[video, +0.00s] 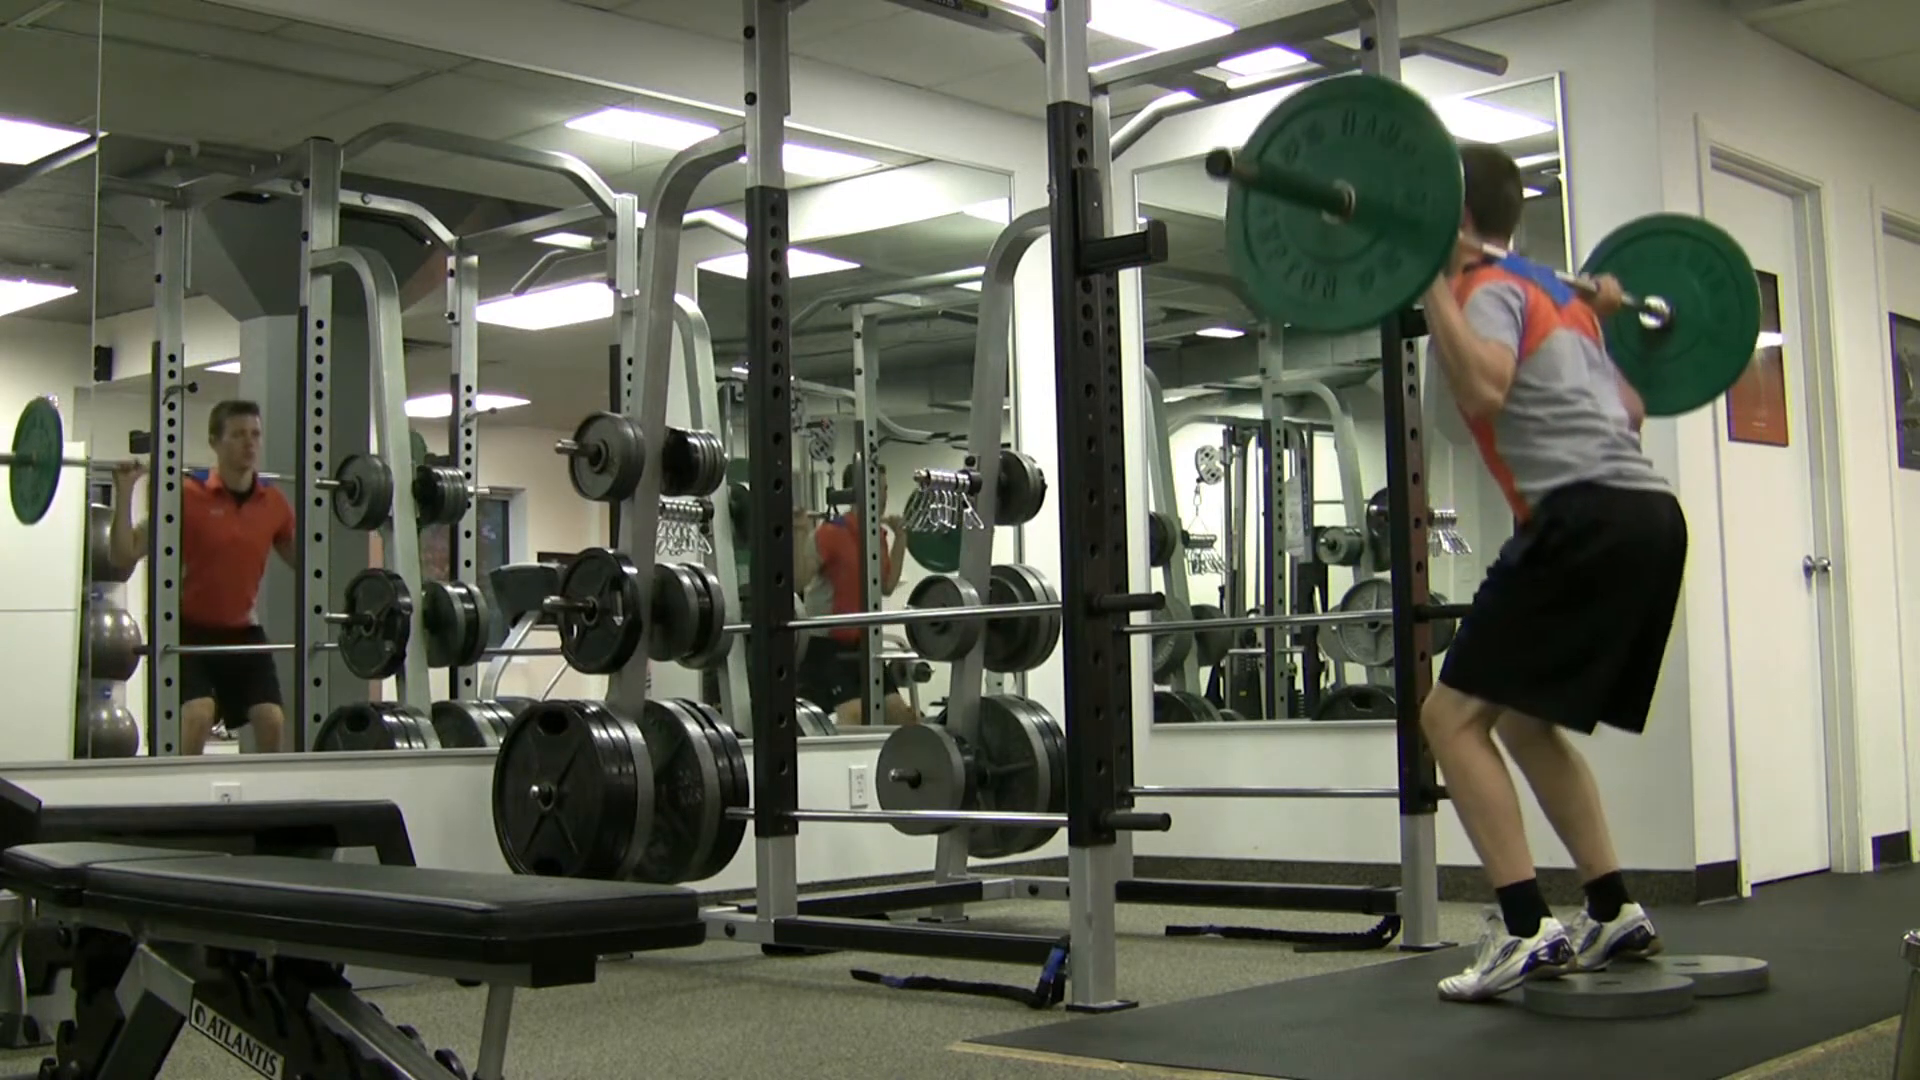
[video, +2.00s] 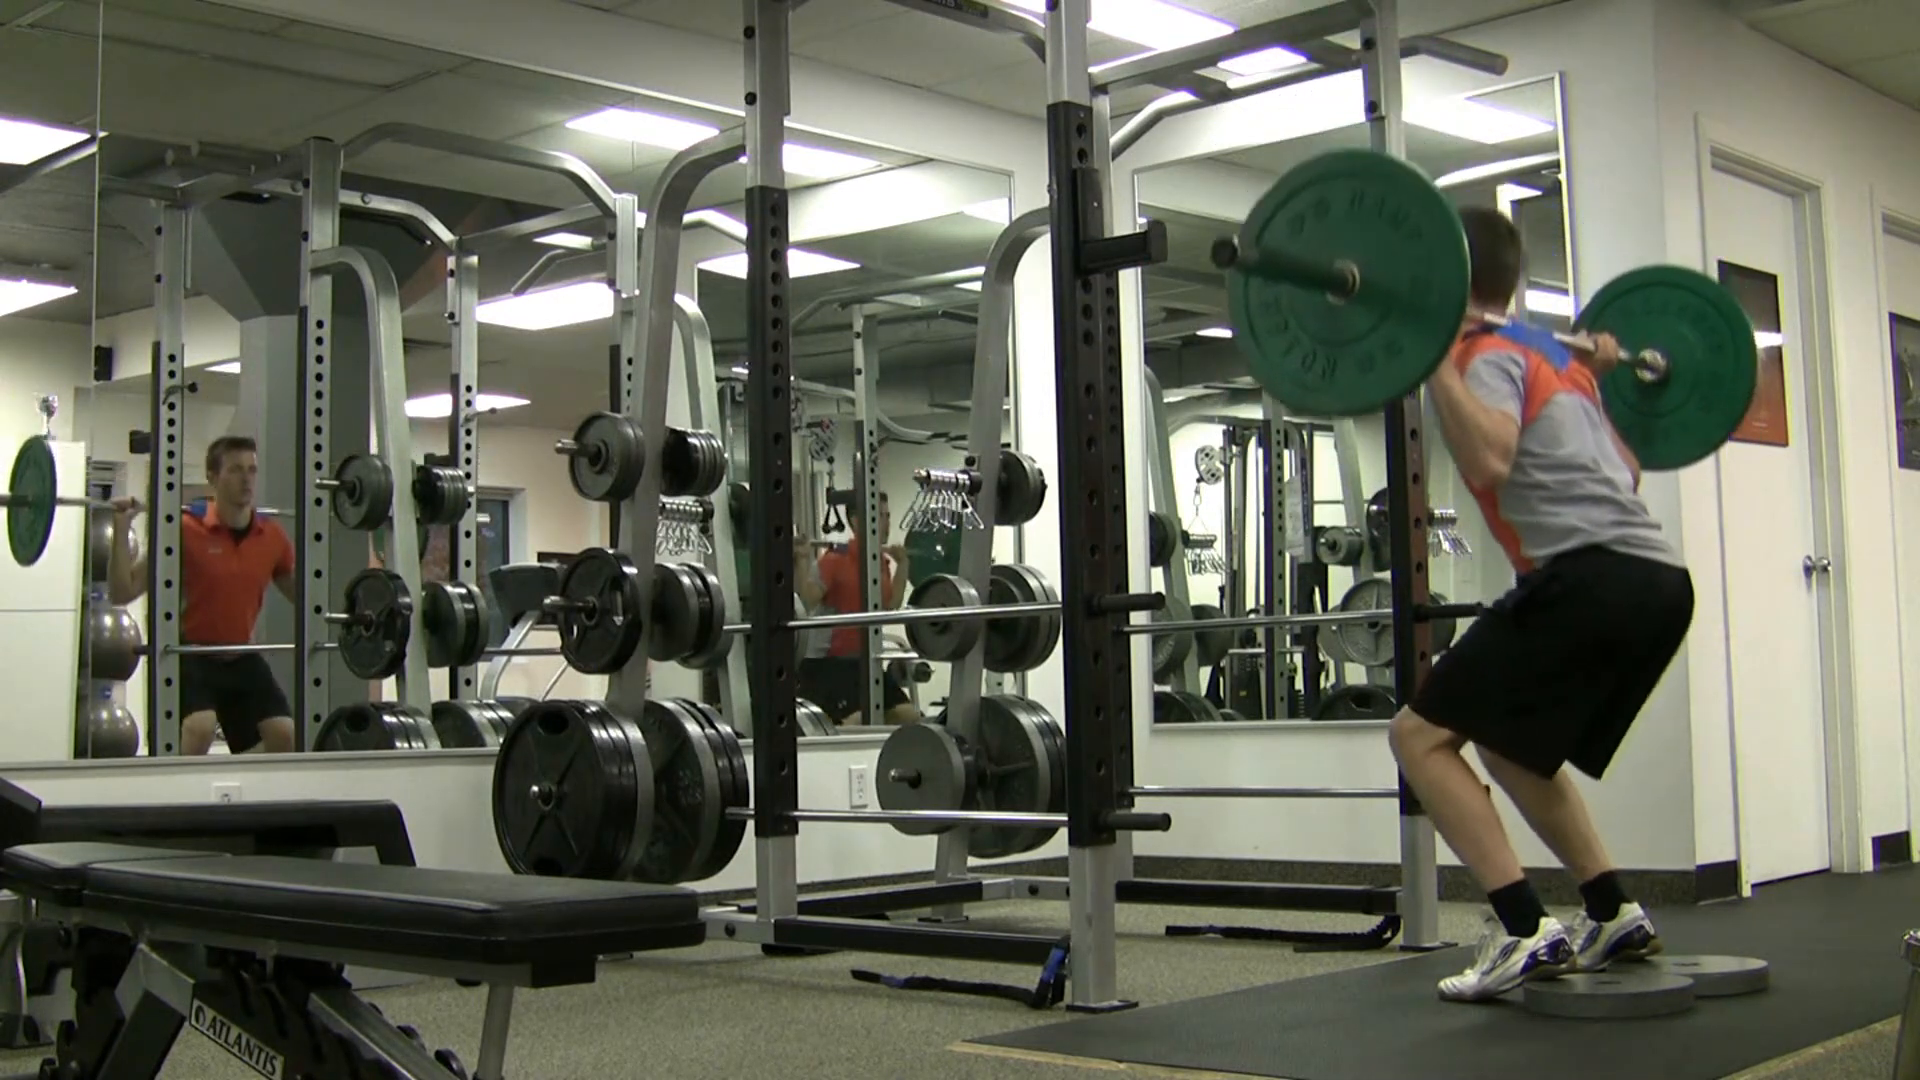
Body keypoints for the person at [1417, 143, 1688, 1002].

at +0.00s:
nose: (1435, 231)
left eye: (1437, 215)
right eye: (1440, 213)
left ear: (1452, 217)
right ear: (1515, 220)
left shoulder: (1491, 286)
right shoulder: (1563, 298)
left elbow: (1485, 391)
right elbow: (1628, 410)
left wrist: (1433, 286)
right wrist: (1600, 312)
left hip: (1584, 519)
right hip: (1650, 520)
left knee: (1449, 713)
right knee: (1522, 718)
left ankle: (1523, 928)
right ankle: (1615, 911)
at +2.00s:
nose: (1426, 291)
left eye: (1432, 273)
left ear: (1446, 282)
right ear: (1514, 284)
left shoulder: (1489, 352)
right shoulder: (1560, 361)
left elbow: (1488, 462)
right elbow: (1626, 466)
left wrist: (1435, 361)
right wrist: (1594, 373)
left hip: (1587, 577)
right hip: (1659, 584)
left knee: (1418, 734)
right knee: (1511, 745)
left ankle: (1523, 927)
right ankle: (1613, 911)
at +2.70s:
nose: (1421, 411)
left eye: (1426, 396)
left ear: (1440, 408)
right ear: (1514, 408)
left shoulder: (1493, 484)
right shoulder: (1554, 476)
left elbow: (1498, 594)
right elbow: (1627, 577)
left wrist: (1432, 491)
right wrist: (1590, 486)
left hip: (1615, 688)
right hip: (1681, 697)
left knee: (1404, 750)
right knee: (1507, 777)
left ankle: (1523, 929)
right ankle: (1611, 913)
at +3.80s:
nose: (1427, 292)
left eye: (1430, 278)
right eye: (1428, 279)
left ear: (1453, 284)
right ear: (1510, 287)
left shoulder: (1486, 349)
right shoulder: (1560, 364)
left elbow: (1481, 453)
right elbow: (1629, 464)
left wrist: (1422, 351)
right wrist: (1593, 373)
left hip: (1589, 570)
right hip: (1662, 571)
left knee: (1423, 733)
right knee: (1515, 741)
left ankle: (1523, 929)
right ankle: (1613, 912)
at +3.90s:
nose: (1431, 267)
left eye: (1434, 253)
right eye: (1434, 252)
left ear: (1454, 257)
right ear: (1511, 260)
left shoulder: (1484, 324)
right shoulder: (1561, 336)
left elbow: (1479, 429)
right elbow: (1628, 442)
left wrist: (1419, 322)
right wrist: (1597, 348)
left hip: (1586, 551)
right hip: (1656, 550)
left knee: (1430, 728)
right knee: (1514, 730)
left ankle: (1524, 930)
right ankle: (1614, 911)